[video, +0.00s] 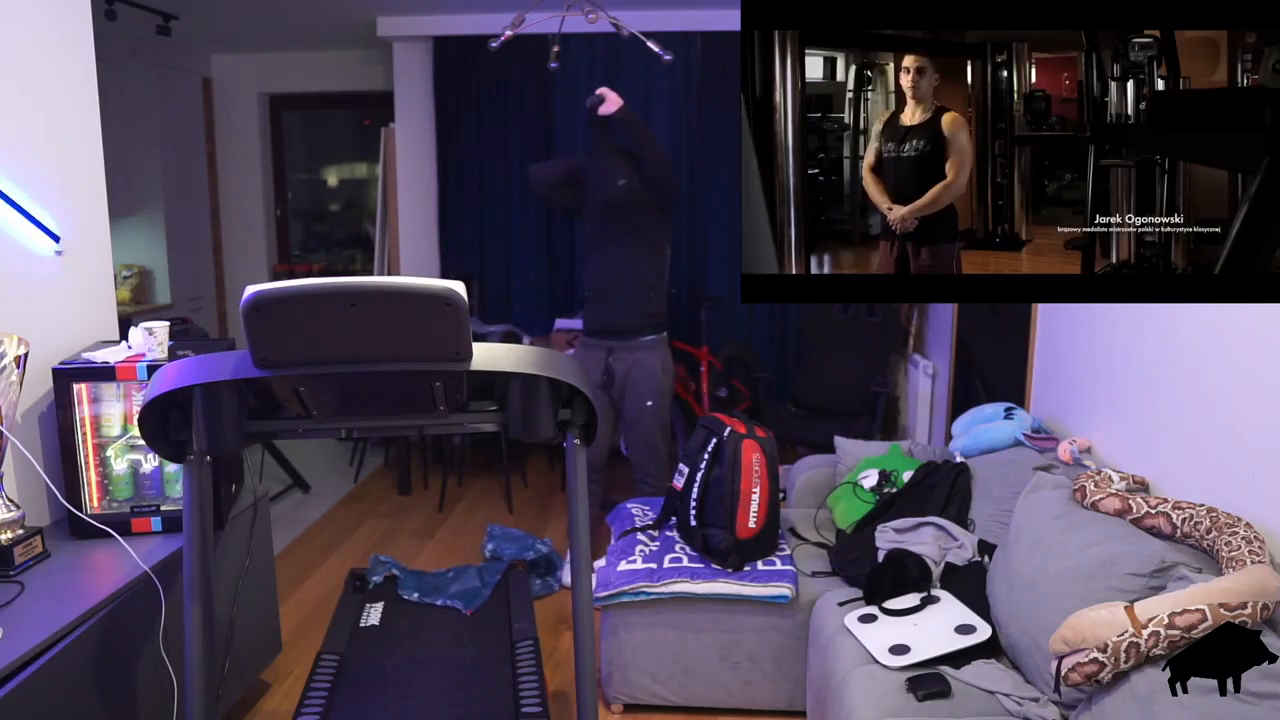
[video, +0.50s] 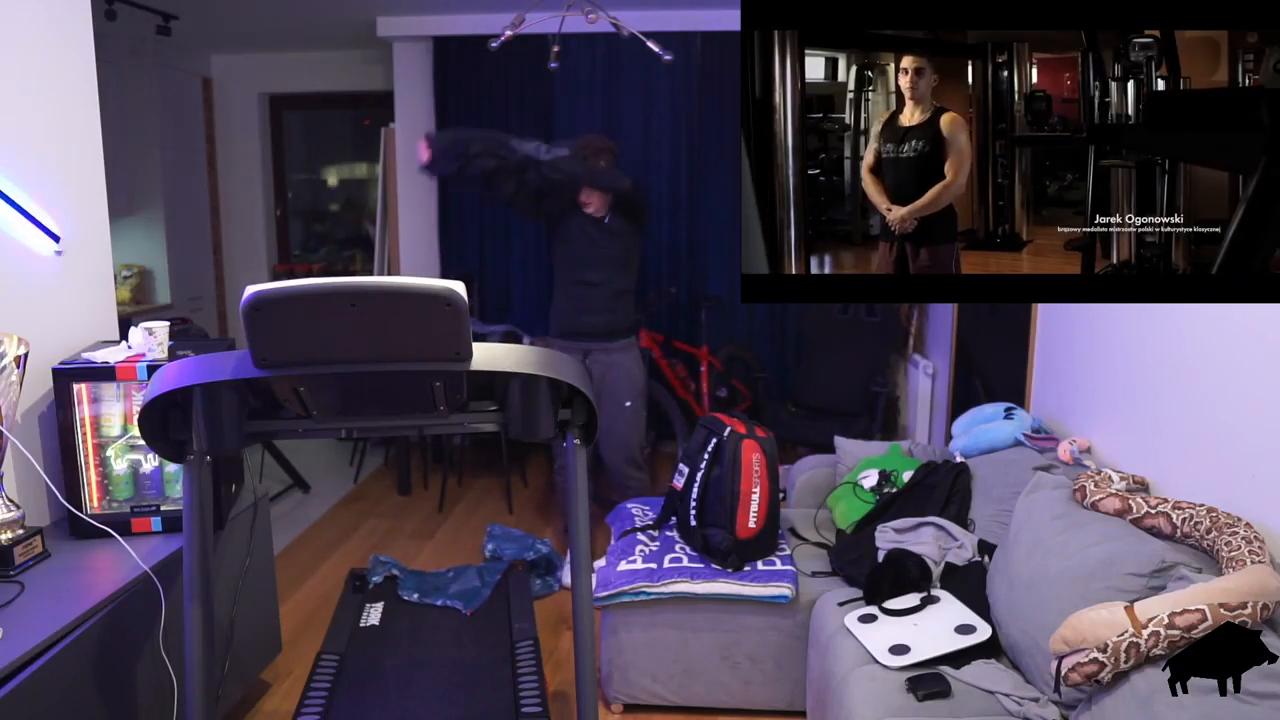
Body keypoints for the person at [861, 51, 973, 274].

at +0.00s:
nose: (912, 77)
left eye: (920, 71)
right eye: (906, 71)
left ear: (935, 79)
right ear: (900, 78)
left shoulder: (951, 122)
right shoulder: (885, 122)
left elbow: (957, 183)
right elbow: (867, 171)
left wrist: (909, 212)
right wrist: (892, 213)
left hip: (935, 239)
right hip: (892, 238)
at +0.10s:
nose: (911, 78)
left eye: (920, 71)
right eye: (906, 71)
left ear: (935, 79)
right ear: (899, 78)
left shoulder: (951, 123)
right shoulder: (885, 122)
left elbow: (957, 183)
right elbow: (867, 171)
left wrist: (909, 212)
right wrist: (892, 213)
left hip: (934, 239)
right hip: (891, 238)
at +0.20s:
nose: (911, 78)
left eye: (920, 72)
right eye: (906, 71)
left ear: (935, 80)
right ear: (899, 78)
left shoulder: (951, 123)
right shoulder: (885, 122)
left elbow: (957, 183)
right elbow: (867, 171)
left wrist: (908, 212)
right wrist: (892, 213)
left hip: (934, 239)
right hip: (891, 238)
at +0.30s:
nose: (911, 78)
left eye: (919, 72)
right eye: (905, 72)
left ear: (934, 80)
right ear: (899, 78)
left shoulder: (950, 122)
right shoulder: (885, 122)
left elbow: (957, 183)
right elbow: (867, 171)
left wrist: (908, 212)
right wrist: (892, 213)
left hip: (934, 239)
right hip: (891, 238)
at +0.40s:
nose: (911, 78)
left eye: (919, 72)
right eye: (905, 72)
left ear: (934, 80)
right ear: (898, 78)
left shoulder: (950, 123)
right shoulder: (885, 122)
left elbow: (956, 183)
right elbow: (867, 171)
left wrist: (908, 212)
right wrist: (892, 214)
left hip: (934, 239)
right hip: (891, 238)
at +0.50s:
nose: (910, 79)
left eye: (919, 72)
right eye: (905, 72)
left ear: (934, 80)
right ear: (898, 78)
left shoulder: (950, 123)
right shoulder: (884, 123)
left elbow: (956, 183)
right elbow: (867, 171)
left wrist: (908, 212)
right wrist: (891, 214)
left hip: (934, 240)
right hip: (891, 238)